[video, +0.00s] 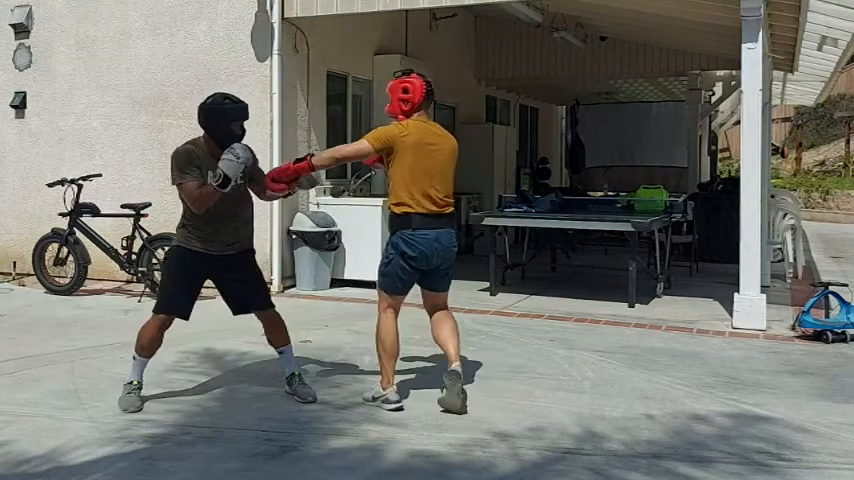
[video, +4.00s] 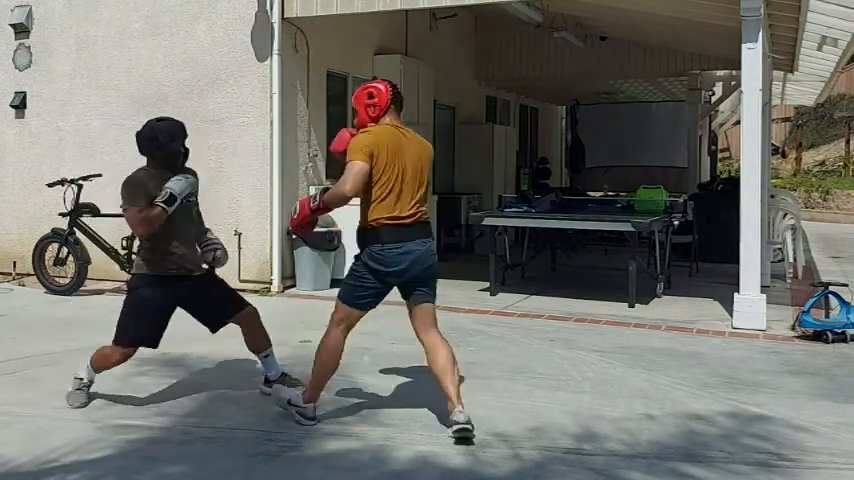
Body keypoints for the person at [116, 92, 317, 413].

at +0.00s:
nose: (242, 129)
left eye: (242, 123)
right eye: (236, 124)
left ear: (238, 122)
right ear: (215, 126)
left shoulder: (241, 153)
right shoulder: (186, 155)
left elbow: (264, 190)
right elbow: (198, 204)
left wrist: (294, 182)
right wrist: (224, 175)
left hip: (236, 253)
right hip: (190, 252)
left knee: (267, 312)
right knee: (163, 316)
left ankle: (293, 374)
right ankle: (134, 381)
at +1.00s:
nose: (214, 147)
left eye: (214, 141)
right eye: (211, 140)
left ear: (186, 138)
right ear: (195, 140)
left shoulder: (181, 165)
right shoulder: (161, 158)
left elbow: (183, 204)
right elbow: (186, 208)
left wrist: (213, 183)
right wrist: (214, 180)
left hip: (167, 260)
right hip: (134, 260)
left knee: (214, 308)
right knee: (126, 336)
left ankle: (207, 381)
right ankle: (72, 410)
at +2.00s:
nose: (193, 135)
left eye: (193, 129)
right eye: (190, 129)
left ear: (159, 128)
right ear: (175, 131)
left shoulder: (154, 159)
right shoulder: (143, 158)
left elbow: (162, 208)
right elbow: (167, 212)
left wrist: (186, 180)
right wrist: (191, 181)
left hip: (149, 260)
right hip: (119, 262)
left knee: (192, 311)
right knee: (125, 339)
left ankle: (204, 381)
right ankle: (72, 409)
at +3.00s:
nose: (134, 156)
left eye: (132, 150)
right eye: (126, 152)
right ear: (106, 161)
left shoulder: (136, 175)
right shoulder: (77, 191)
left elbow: (158, 201)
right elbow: (110, 238)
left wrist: (164, 237)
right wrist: (138, 199)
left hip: (139, 271)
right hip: (95, 276)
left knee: (196, 314)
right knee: (79, 342)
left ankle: (206, 382)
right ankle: (22, 411)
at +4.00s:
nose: (186, 149)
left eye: (184, 143)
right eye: (179, 144)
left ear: (174, 148)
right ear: (160, 148)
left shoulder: (188, 178)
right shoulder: (136, 183)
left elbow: (195, 223)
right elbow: (142, 227)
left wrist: (211, 242)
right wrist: (169, 199)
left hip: (194, 276)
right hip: (153, 279)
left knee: (248, 316)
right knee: (122, 350)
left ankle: (274, 375)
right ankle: (84, 376)